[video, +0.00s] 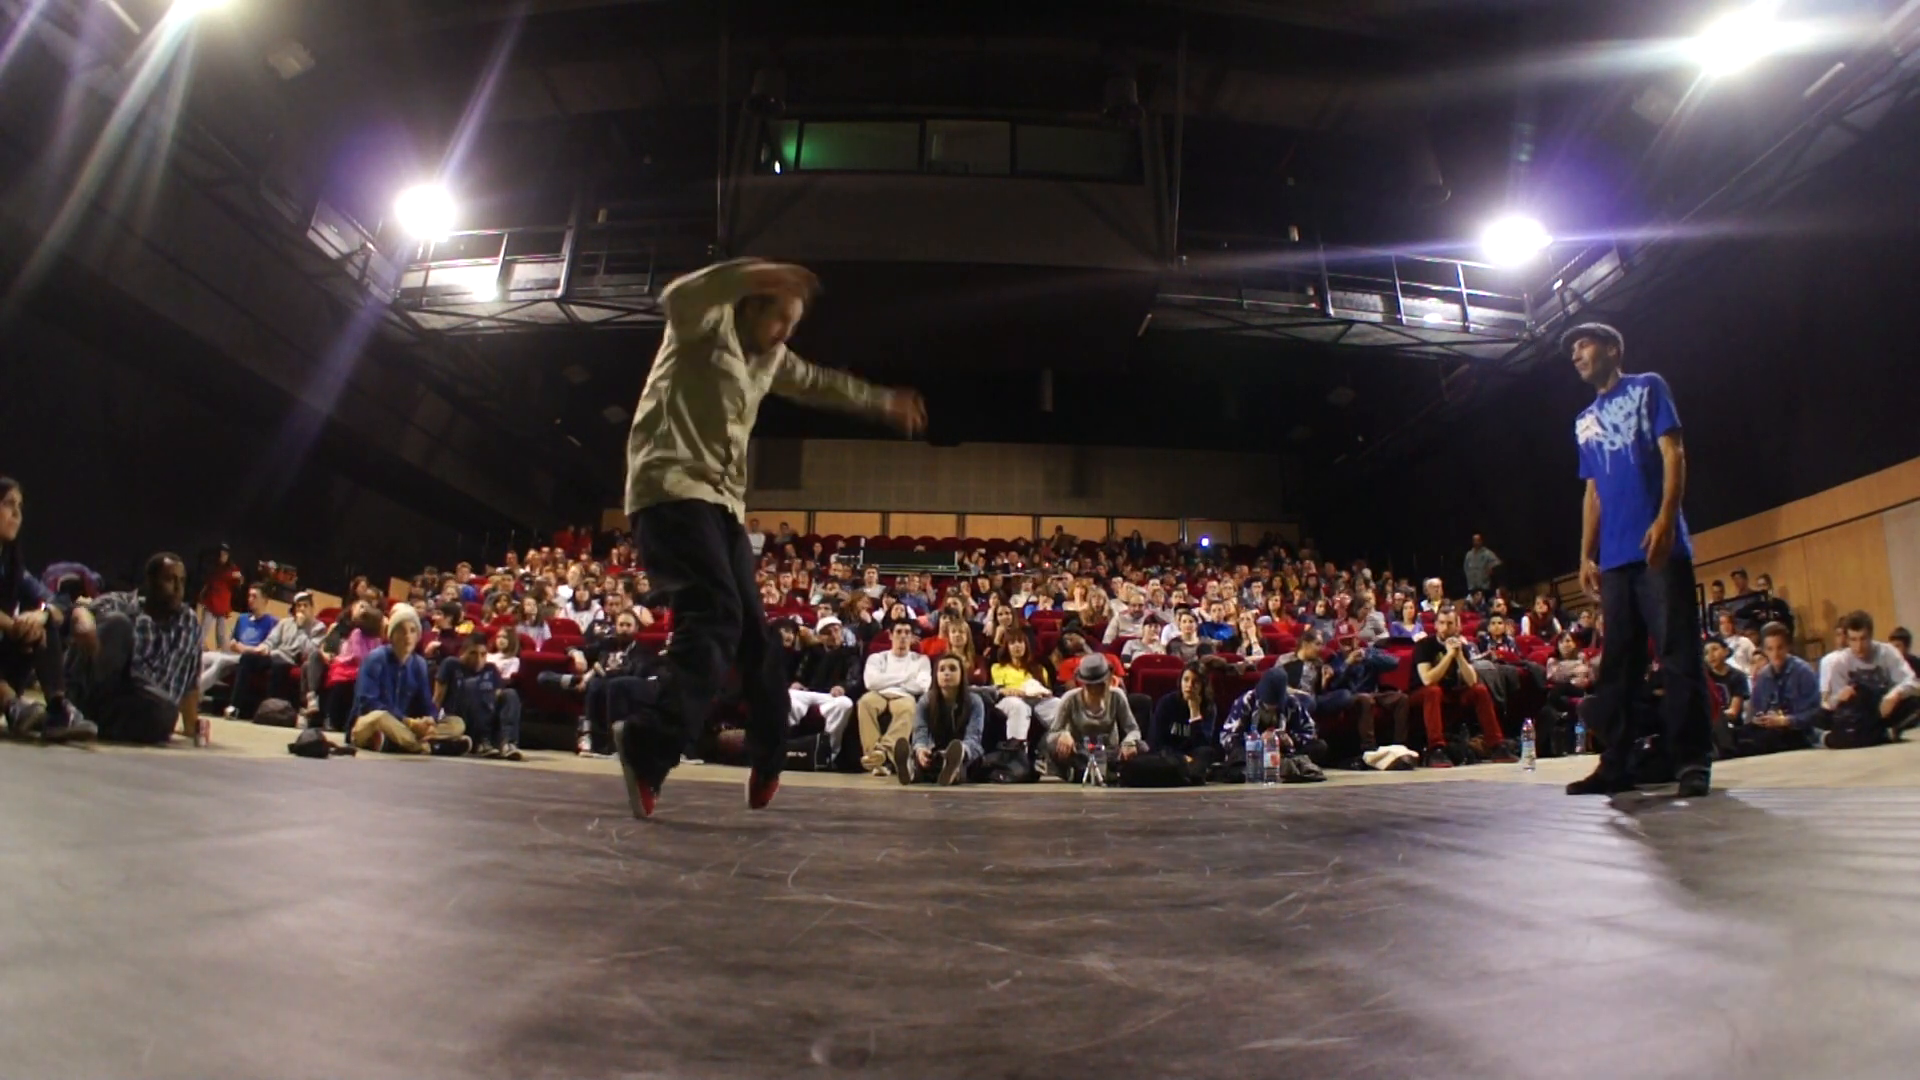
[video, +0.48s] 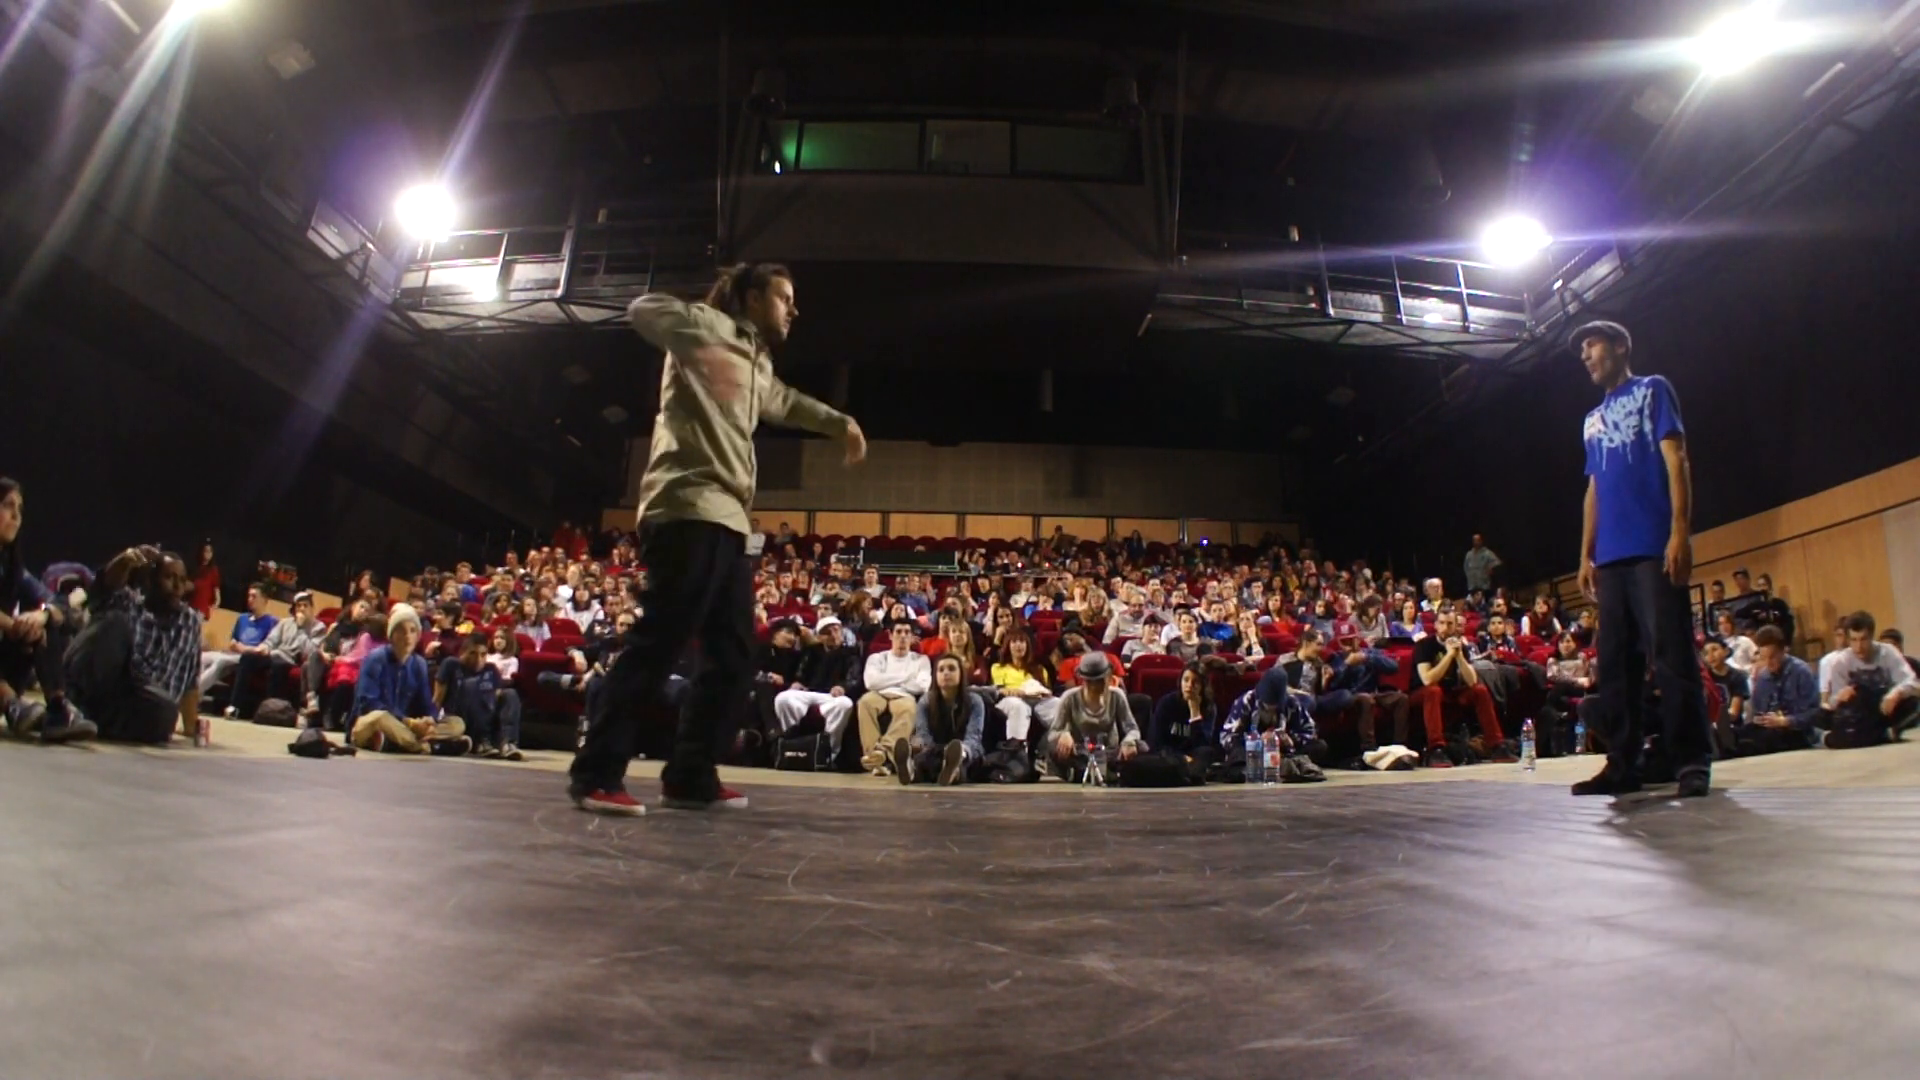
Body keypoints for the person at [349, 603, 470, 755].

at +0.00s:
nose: (408, 637)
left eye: (412, 631)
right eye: (401, 632)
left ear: (418, 635)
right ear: (391, 635)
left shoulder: (419, 664)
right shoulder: (375, 659)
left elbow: (427, 704)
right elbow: (367, 704)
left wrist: (430, 720)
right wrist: (407, 722)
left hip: (411, 725)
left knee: (457, 724)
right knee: (381, 717)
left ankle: (394, 744)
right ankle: (425, 748)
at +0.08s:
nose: (408, 637)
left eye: (412, 631)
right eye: (401, 632)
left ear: (418, 635)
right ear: (391, 635)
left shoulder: (419, 664)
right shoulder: (375, 659)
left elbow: (427, 704)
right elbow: (367, 704)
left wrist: (430, 720)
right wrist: (407, 722)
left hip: (411, 725)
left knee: (457, 724)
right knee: (381, 717)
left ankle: (394, 744)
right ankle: (425, 748)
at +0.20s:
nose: (408, 637)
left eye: (413, 631)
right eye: (401, 632)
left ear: (418, 635)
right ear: (391, 635)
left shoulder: (419, 664)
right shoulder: (375, 660)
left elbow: (426, 703)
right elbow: (367, 704)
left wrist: (430, 720)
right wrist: (407, 722)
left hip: (412, 725)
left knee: (457, 724)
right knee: (381, 717)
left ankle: (395, 744)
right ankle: (425, 748)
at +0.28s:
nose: (408, 637)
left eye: (412, 631)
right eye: (401, 632)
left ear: (418, 635)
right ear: (391, 635)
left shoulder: (419, 664)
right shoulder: (376, 659)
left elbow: (426, 704)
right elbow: (367, 703)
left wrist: (430, 720)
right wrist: (407, 722)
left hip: (412, 725)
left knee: (457, 724)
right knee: (381, 718)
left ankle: (395, 744)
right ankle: (425, 748)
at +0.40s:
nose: (408, 637)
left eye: (412, 631)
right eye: (401, 632)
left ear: (418, 635)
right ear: (391, 635)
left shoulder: (419, 664)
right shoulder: (375, 660)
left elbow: (426, 704)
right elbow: (368, 703)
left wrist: (430, 720)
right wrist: (407, 722)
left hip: (411, 725)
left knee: (457, 723)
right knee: (381, 718)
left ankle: (395, 744)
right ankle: (424, 748)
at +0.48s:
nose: (408, 637)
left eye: (412, 631)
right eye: (401, 631)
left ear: (418, 635)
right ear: (391, 635)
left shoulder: (419, 664)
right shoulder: (375, 659)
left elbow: (426, 704)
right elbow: (367, 704)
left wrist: (430, 720)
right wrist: (407, 722)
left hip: (412, 725)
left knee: (457, 723)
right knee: (381, 718)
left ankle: (395, 743)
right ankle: (424, 748)